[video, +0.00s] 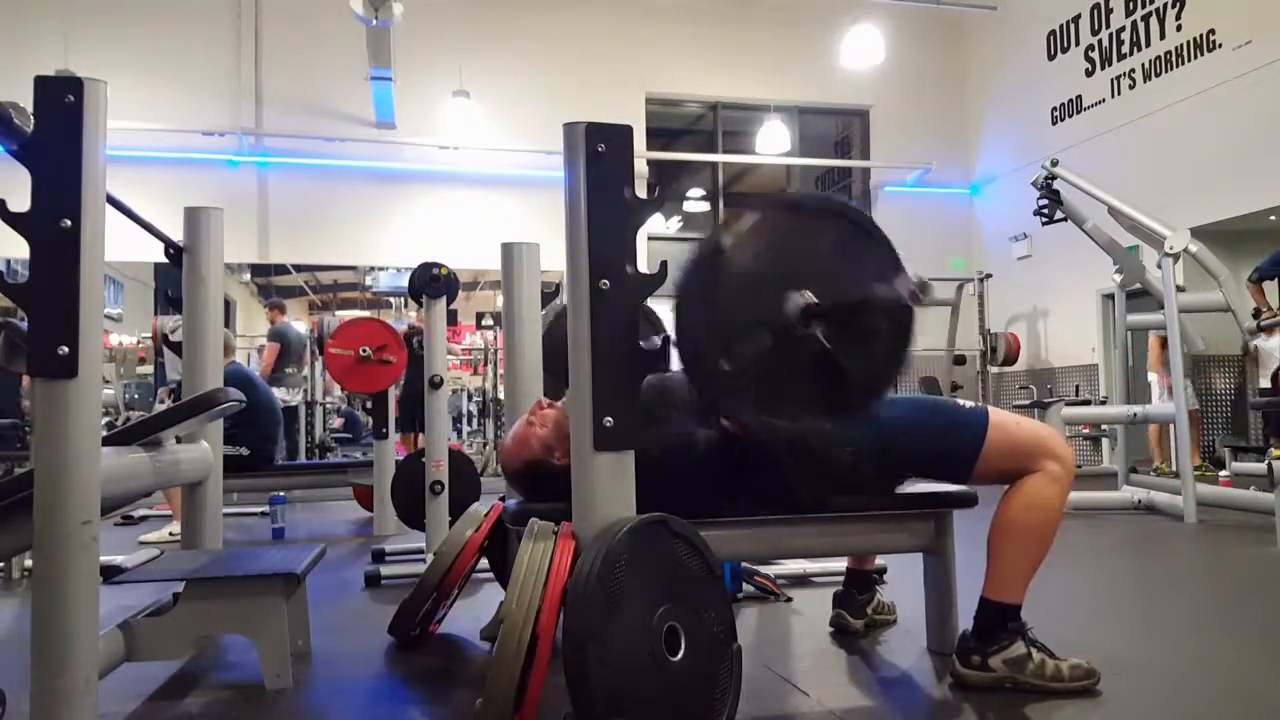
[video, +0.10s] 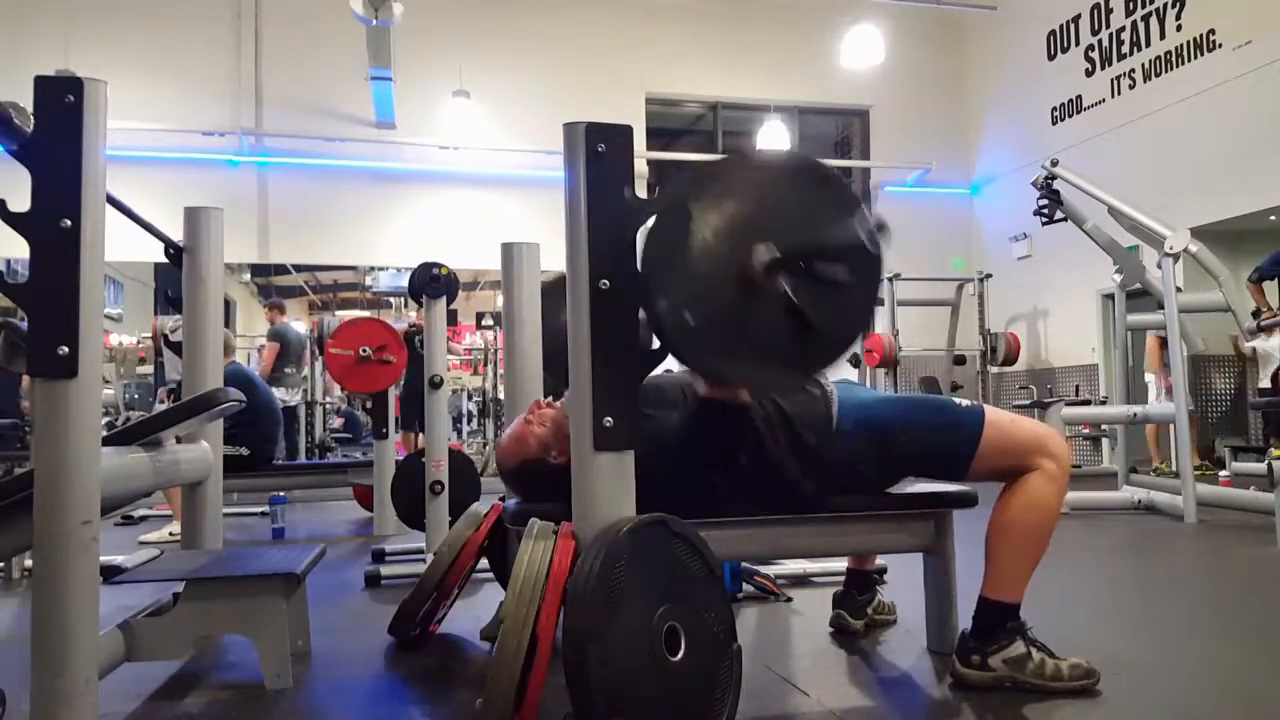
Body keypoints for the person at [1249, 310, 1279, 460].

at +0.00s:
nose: (1268, 325)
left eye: (1270, 321)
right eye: (1264, 322)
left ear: (1275, 322)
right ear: (1259, 325)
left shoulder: (1277, 337)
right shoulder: (1257, 342)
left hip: (1275, 382)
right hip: (1264, 383)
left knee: (1274, 419)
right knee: (1268, 419)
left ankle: (1274, 447)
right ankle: (1271, 448)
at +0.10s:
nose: (1268, 325)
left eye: (1269, 321)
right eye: (1265, 322)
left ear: (1273, 323)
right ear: (1260, 325)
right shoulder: (1259, 342)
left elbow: (1244, 348)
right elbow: (1244, 348)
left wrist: (1239, 337)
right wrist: (1239, 338)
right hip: (1266, 383)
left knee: (1269, 419)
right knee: (1269, 419)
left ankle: (1272, 448)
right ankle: (1271, 448)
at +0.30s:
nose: (1267, 324)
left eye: (1269, 319)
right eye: (1263, 321)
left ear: (1274, 320)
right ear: (1257, 324)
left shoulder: (1276, 338)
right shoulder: (1253, 342)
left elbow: (1245, 363)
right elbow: (1244, 363)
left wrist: (1258, 366)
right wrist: (1259, 366)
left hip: (1275, 385)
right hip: (1263, 386)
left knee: (1273, 420)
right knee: (1268, 421)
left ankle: (1274, 446)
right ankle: (1272, 446)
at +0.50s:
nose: (1270, 325)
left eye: (1271, 320)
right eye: (1265, 322)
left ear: (1276, 322)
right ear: (1259, 324)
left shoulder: (1277, 339)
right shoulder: (1254, 344)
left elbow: (1252, 365)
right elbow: (1251, 365)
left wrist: (1269, 377)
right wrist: (1267, 377)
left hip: (1275, 386)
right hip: (1265, 387)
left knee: (1273, 423)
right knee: (1270, 423)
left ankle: (1274, 447)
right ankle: (1273, 447)